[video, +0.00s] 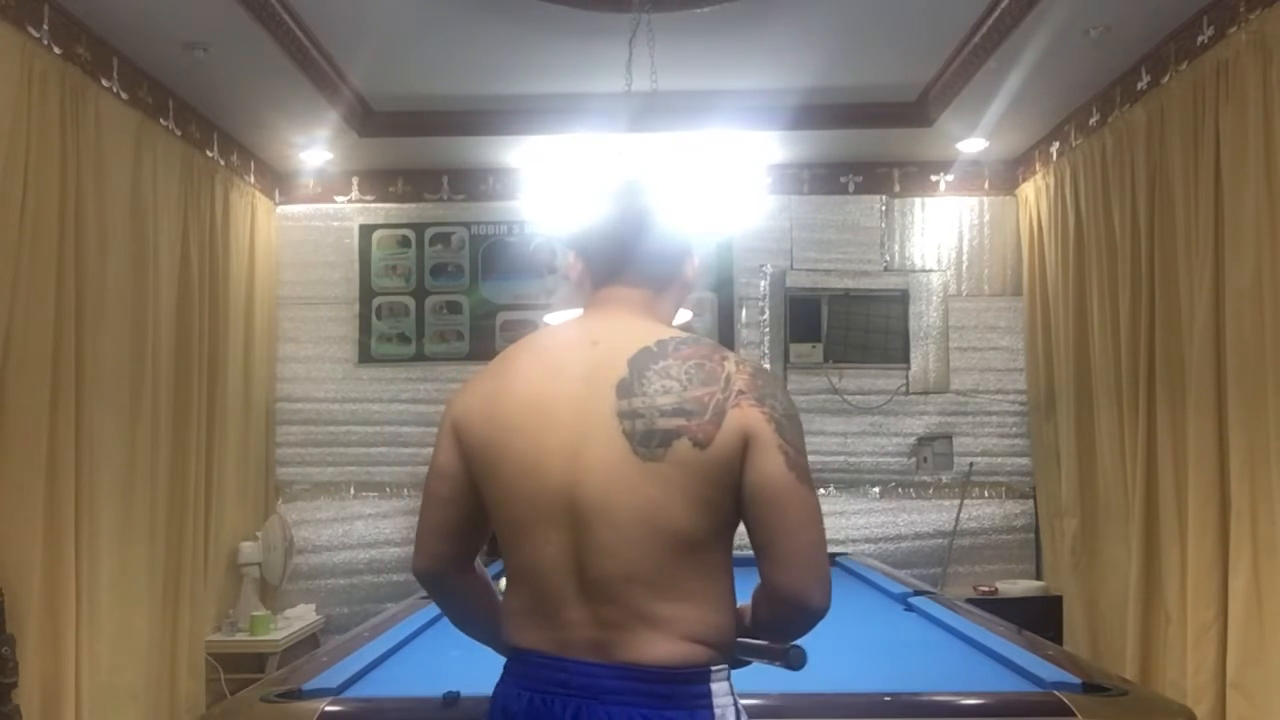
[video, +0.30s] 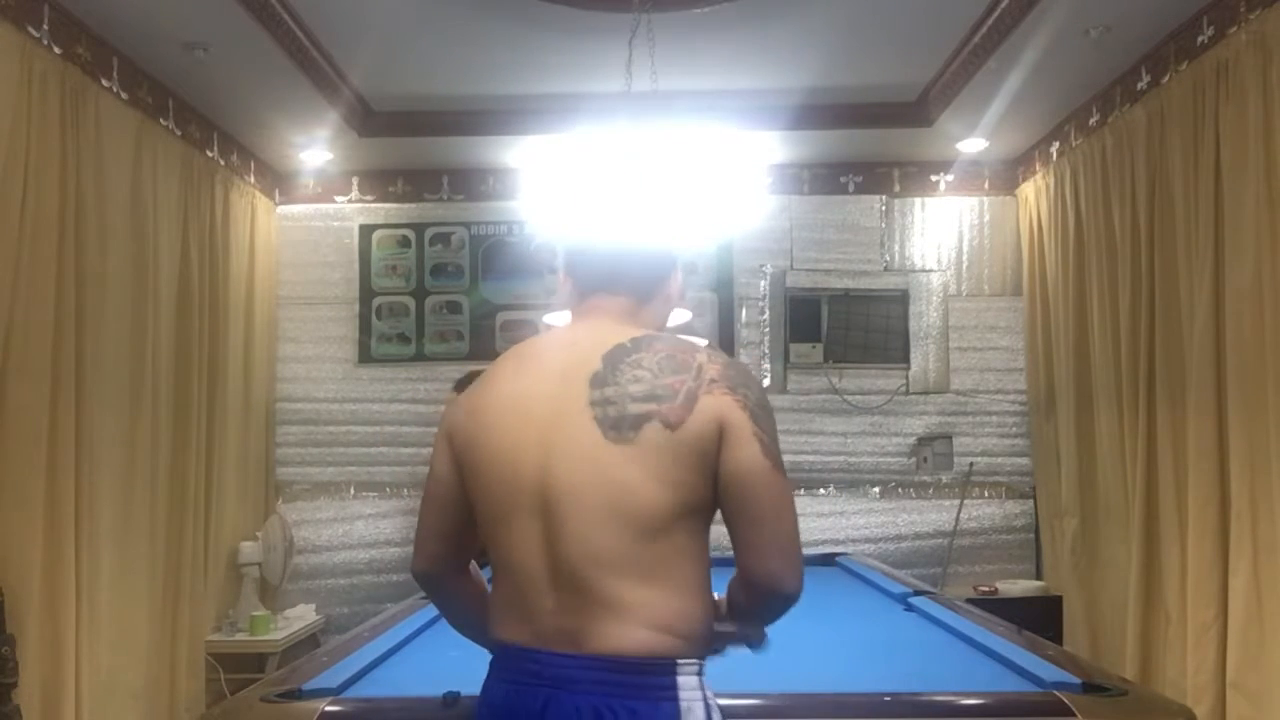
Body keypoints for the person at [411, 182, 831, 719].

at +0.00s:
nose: (694, 282)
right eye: (697, 270)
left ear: (576, 268)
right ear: (689, 272)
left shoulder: (487, 387)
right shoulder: (737, 384)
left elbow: (438, 561)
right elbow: (801, 592)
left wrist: (515, 632)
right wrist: (743, 625)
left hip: (529, 698)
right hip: (680, 701)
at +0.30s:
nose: (680, 291)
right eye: (681, 277)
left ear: (566, 277)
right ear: (674, 284)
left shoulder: (481, 390)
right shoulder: (715, 381)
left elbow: (435, 564)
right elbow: (775, 576)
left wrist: (511, 638)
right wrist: (734, 615)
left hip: (512, 695)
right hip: (656, 698)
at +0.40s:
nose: (677, 295)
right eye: (677, 282)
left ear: (565, 287)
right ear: (669, 289)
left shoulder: (487, 390)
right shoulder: (698, 377)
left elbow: (435, 565)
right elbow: (768, 570)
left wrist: (510, 636)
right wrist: (714, 597)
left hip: (505, 694)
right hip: (641, 697)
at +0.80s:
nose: (664, 349)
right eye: (663, 342)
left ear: (558, 340)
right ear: (652, 340)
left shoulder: (490, 409)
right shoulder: (666, 390)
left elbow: (447, 568)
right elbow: (737, 554)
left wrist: (502, 639)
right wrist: (708, 648)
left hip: (477, 683)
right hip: (603, 685)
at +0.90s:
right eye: (660, 352)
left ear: (559, 348)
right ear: (651, 346)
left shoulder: (492, 413)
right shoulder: (663, 392)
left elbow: (460, 578)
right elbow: (729, 553)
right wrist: (702, 644)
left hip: (475, 677)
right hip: (595, 678)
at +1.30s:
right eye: (654, 367)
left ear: (570, 374)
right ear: (644, 364)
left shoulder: (501, 438)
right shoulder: (654, 403)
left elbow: (488, 586)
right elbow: (711, 543)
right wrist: (685, 649)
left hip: (474, 649)